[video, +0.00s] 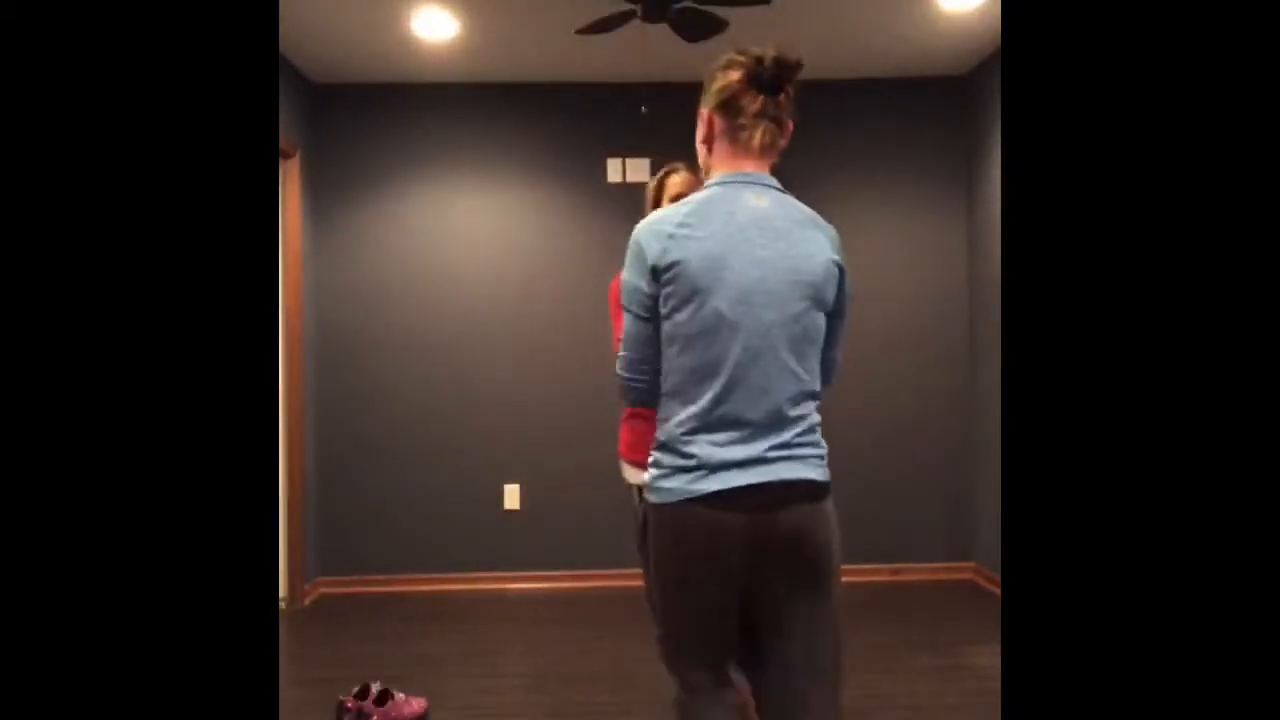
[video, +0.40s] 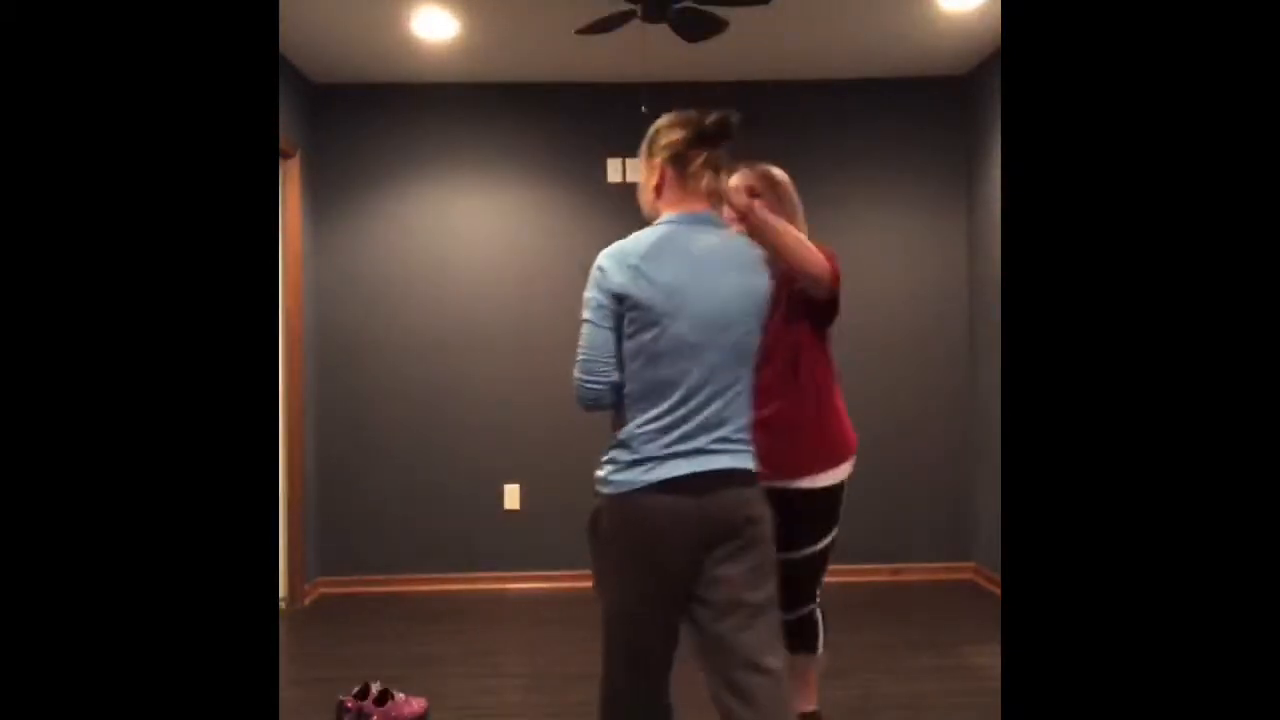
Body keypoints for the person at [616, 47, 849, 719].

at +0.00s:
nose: (696, 136)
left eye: (698, 124)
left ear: (706, 127)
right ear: (785, 138)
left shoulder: (657, 234)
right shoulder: (820, 235)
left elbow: (638, 381)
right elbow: (824, 373)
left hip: (692, 514)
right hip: (799, 509)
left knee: (703, 686)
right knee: (805, 696)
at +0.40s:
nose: (639, 185)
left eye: (642, 173)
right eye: (640, 173)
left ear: (657, 175)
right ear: (718, 177)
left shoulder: (620, 260)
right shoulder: (755, 260)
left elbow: (594, 387)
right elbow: (737, 357)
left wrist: (661, 378)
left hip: (641, 504)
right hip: (734, 496)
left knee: (634, 688)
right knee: (757, 685)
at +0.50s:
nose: (612, 193)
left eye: (618, 180)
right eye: (614, 180)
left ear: (644, 184)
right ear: (687, 186)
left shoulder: (606, 263)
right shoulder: (724, 265)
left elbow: (571, 379)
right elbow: (720, 358)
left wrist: (627, 383)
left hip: (615, 490)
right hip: (701, 485)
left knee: (622, 664)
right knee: (717, 653)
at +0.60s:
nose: (585, 202)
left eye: (592, 188)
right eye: (588, 188)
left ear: (629, 192)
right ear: (653, 193)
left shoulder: (603, 261)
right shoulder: (697, 262)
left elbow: (562, 373)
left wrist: (602, 375)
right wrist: (649, 142)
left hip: (599, 484)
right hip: (668, 484)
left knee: (608, 650)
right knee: (653, 626)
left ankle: (622, 718)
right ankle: (688, 709)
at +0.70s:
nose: (570, 200)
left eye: (582, 188)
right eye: (574, 187)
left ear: (625, 197)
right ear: (630, 197)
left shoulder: (607, 263)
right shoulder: (668, 259)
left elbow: (566, 369)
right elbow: (664, 352)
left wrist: (587, 331)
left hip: (599, 466)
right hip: (643, 459)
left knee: (584, 617)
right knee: (597, 615)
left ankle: (619, 713)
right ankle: (624, 710)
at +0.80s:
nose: (573, 208)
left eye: (587, 195)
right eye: (572, 196)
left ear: (626, 202)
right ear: (574, 201)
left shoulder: (630, 265)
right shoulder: (617, 258)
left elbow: (605, 365)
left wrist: (559, 346)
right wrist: (566, 152)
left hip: (609, 461)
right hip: (591, 455)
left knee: (575, 606)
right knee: (548, 589)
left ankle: (605, 711)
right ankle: (584, 703)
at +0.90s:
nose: (573, 215)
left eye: (583, 204)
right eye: (571, 204)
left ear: (618, 209)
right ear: (576, 210)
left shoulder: (646, 269)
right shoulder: (577, 255)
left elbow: (662, 356)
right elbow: (497, 243)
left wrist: (602, 368)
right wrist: (518, 227)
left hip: (610, 456)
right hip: (573, 452)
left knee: (575, 606)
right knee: (549, 602)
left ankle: (605, 711)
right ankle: (574, 710)